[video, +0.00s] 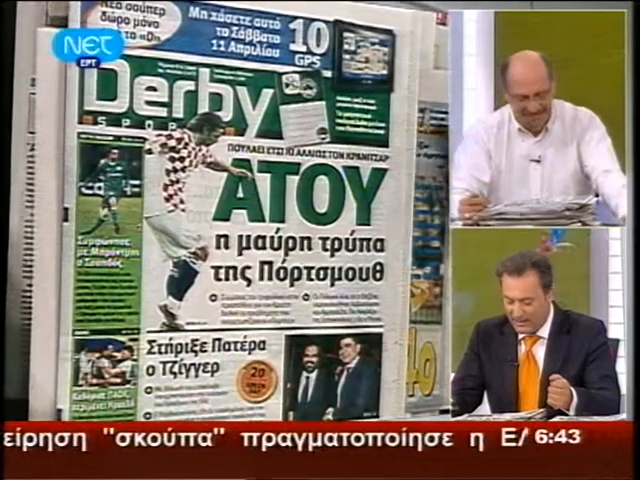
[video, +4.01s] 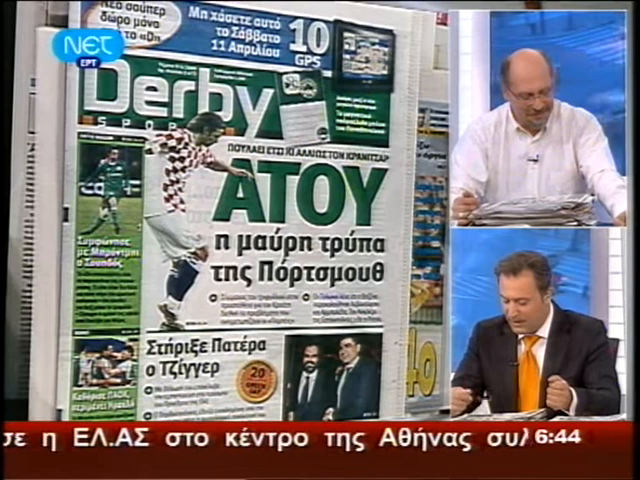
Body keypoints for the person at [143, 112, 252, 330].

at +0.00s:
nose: (215, 141)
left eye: (217, 137)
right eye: (215, 136)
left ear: (207, 132)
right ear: (205, 130)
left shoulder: (199, 149)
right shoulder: (179, 137)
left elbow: (212, 162)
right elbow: (150, 146)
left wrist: (232, 170)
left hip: (165, 208)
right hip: (161, 208)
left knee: (181, 260)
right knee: (200, 250)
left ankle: (171, 316)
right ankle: (172, 304)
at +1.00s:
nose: (215, 141)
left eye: (217, 137)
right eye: (215, 136)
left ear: (207, 132)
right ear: (205, 130)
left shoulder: (199, 149)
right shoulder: (178, 137)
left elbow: (212, 162)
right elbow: (149, 146)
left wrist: (231, 170)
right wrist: (154, 148)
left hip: (166, 209)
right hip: (161, 207)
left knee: (181, 260)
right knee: (200, 251)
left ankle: (171, 317)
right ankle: (172, 304)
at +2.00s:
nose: (215, 141)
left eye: (217, 137)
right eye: (215, 136)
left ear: (206, 132)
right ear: (205, 130)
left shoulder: (199, 149)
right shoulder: (179, 137)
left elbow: (212, 162)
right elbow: (150, 145)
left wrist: (231, 170)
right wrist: (153, 148)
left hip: (166, 209)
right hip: (161, 207)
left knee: (181, 260)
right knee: (200, 251)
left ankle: (171, 317)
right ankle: (172, 304)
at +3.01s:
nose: (215, 141)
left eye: (217, 137)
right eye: (215, 136)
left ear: (206, 132)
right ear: (205, 130)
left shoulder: (199, 149)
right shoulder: (179, 137)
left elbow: (212, 162)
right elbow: (150, 145)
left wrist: (231, 170)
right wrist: (153, 148)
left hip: (167, 209)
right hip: (161, 207)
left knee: (181, 260)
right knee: (200, 251)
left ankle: (171, 317)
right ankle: (172, 304)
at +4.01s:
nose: (215, 141)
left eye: (217, 137)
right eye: (215, 135)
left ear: (207, 132)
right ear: (205, 130)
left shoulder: (199, 150)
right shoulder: (179, 137)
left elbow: (212, 162)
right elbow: (149, 146)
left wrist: (232, 170)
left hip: (166, 209)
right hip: (161, 208)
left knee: (180, 262)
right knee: (200, 251)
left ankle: (170, 317)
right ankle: (172, 304)